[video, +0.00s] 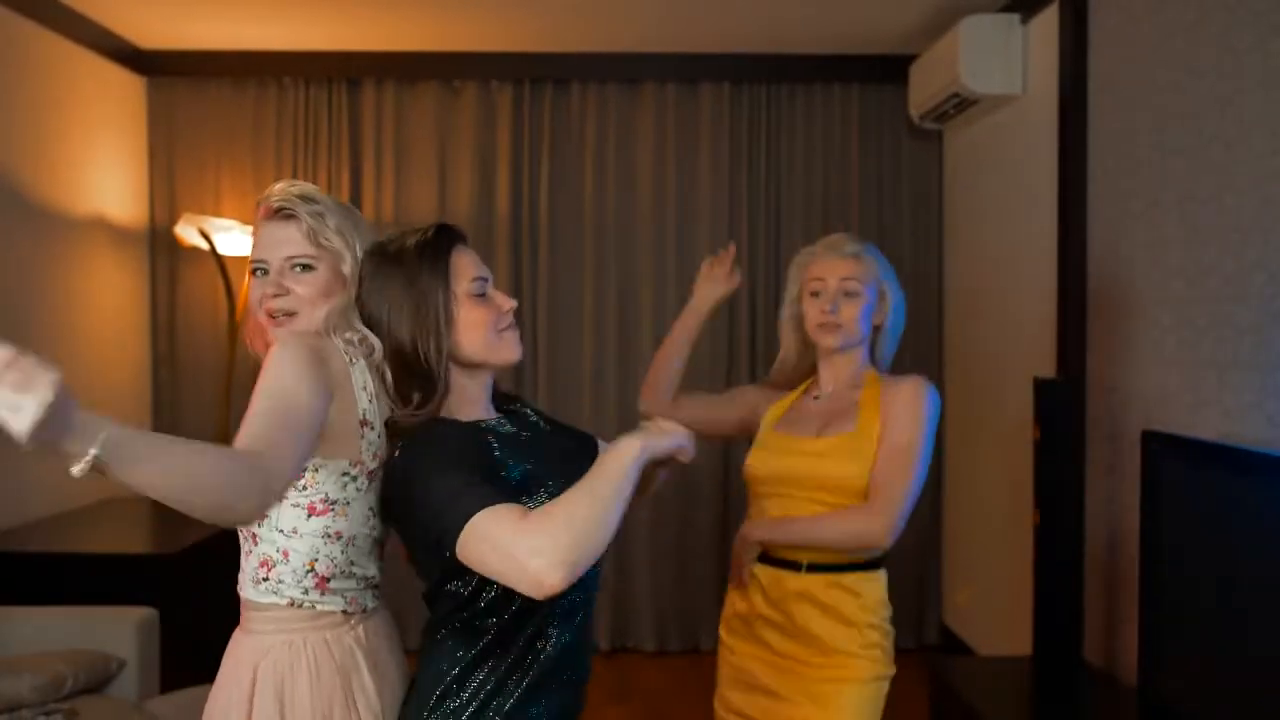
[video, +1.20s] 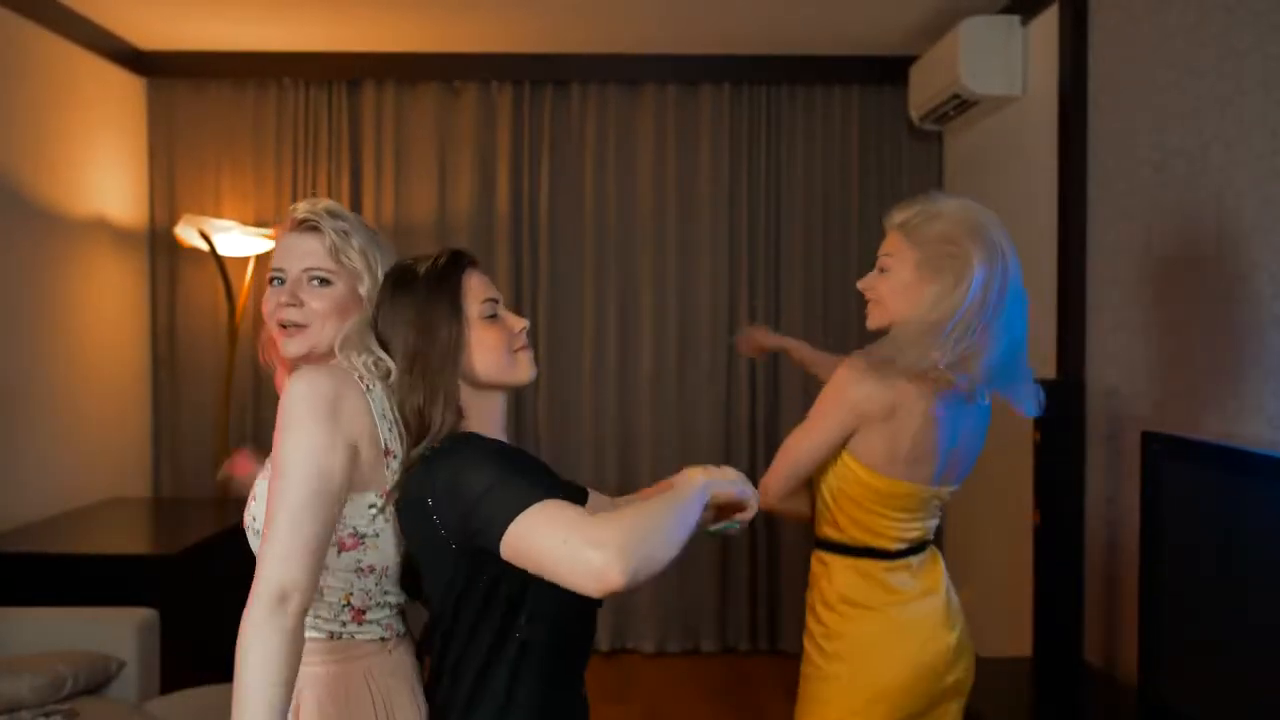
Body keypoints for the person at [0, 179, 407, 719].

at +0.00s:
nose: (275, 287)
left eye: (303, 267)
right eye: (262, 269)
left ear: (354, 280)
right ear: (249, 279)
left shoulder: (305, 356)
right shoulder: (364, 362)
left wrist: (77, 429)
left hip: (295, 654)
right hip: (359, 640)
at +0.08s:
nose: (275, 285)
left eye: (303, 265)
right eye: (263, 267)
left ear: (354, 278)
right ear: (250, 275)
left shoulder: (306, 350)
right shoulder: (363, 356)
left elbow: (233, 458)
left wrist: (78, 467)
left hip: (298, 651)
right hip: (359, 636)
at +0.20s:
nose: (277, 288)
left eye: (305, 269)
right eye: (265, 271)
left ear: (355, 283)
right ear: (252, 282)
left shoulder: (301, 365)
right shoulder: (370, 368)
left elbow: (227, 478)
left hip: (298, 660)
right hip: (368, 645)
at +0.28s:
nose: (276, 298)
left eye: (306, 278)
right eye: (266, 279)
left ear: (358, 291)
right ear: (254, 290)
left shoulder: (308, 387)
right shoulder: (375, 381)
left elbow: (236, 536)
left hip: (302, 669)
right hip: (368, 656)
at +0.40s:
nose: (275, 309)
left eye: (305, 291)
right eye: (265, 289)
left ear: (356, 306)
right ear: (252, 303)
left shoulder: (310, 413)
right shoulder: (363, 407)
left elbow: (273, 607)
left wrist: (176, 714)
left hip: (306, 674)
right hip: (362, 659)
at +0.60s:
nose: (272, 310)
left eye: (302, 293)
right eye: (261, 292)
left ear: (351, 309)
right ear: (248, 304)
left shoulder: (297, 408)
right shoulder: (361, 403)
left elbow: (315, 623)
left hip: (315, 688)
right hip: (366, 678)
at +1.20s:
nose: (288, 298)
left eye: (318, 281)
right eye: (277, 279)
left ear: (369, 297)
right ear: (264, 293)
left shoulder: (318, 390)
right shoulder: (379, 387)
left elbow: (281, 600)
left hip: (328, 681)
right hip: (388, 666)